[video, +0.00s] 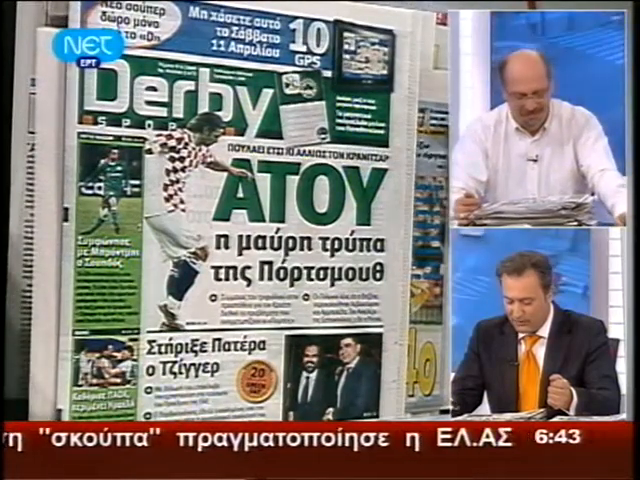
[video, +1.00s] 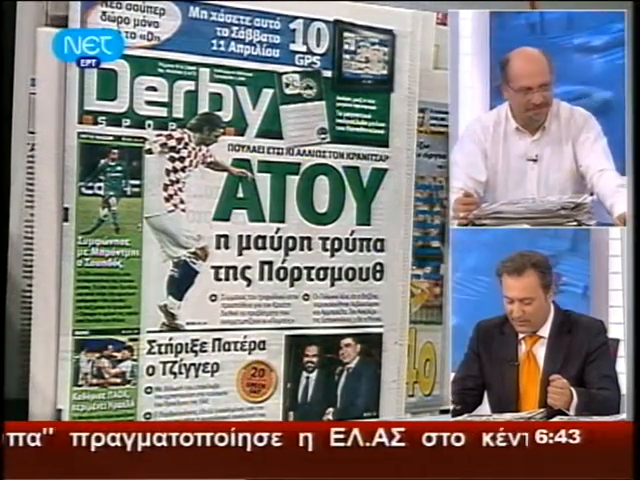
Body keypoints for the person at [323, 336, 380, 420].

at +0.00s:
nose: (343, 351)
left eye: (347, 346)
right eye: (341, 348)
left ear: (358, 348)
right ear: (339, 351)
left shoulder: (367, 368)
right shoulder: (340, 371)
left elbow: (360, 409)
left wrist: (335, 415)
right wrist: (330, 411)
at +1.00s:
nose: (343, 351)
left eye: (347, 346)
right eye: (341, 348)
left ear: (358, 348)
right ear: (339, 351)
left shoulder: (367, 368)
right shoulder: (340, 371)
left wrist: (335, 415)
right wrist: (330, 411)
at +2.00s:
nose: (343, 351)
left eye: (347, 346)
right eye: (341, 348)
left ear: (358, 348)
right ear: (339, 351)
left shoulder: (367, 368)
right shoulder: (340, 372)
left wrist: (335, 415)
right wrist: (331, 411)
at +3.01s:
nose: (343, 351)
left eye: (347, 346)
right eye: (341, 348)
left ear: (358, 348)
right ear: (339, 351)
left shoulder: (367, 368)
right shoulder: (340, 372)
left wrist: (335, 415)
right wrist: (331, 411)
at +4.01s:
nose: (343, 351)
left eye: (347, 346)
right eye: (341, 348)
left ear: (358, 348)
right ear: (339, 351)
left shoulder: (367, 368)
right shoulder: (341, 371)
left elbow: (361, 408)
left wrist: (335, 416)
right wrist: (331, 410)